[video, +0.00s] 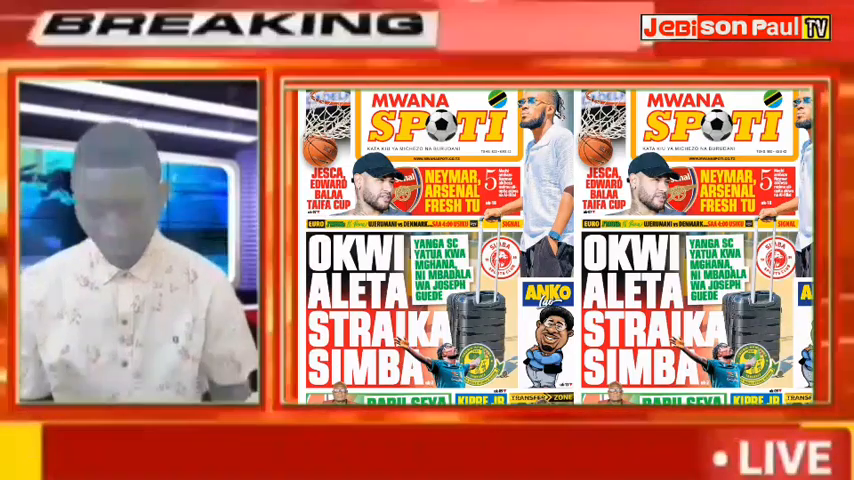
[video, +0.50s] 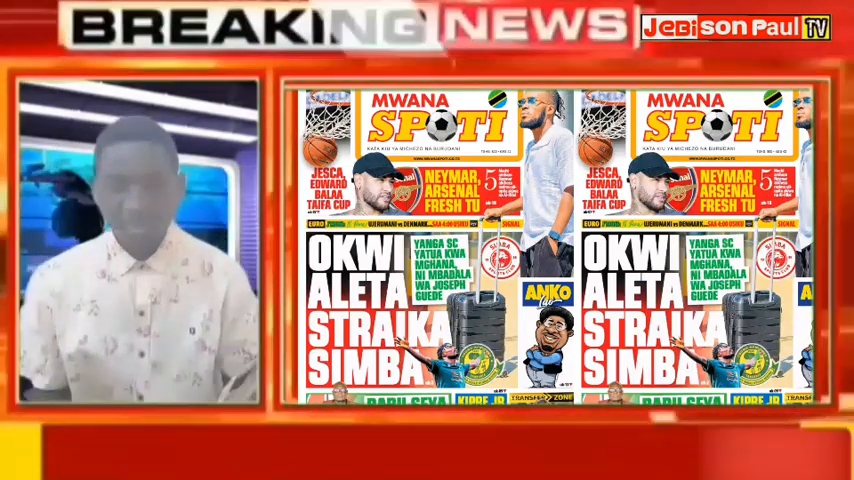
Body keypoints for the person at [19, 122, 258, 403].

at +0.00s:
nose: (113, 227)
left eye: (128, 208)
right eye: (95, 210)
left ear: (162, 195)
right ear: (74, 199)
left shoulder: (207, 286)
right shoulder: (36, 289)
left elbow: (231, 402)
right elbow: (32, 411)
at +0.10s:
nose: (117, 227)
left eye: (131, 208)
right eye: (99, 210)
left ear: (164, 195)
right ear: (78, 199)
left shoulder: (209, 287)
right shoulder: (39, 290)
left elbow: (236, 406)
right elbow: (35, 412)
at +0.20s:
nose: (124, 222)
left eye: (139, 202)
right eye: (105, 204)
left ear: (168, 193)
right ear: (82, 196)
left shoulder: (214, 284)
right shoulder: (42, 288)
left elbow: (230, 396)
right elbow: (39, 408)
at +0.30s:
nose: (129, 217)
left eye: (145, 199)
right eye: (111, 199)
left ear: (173, 192)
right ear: (88, 192)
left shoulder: (218, 280)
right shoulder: (47, 284)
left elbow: (247, 391)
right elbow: (38, 406)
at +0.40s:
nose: (132, 212)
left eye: (147, 192)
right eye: (114, 194)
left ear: (176, 191)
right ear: (91, 193)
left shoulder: (217, 277)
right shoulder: (50, 283)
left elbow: (255, 388)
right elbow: (43, 403)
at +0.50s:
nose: (135, 202)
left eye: (152, 185)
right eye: (119, 185)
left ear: (181, 187)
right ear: (94, 190)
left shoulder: (223, 277)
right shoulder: (55, 280)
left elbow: (251, 386)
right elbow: (46, 399)